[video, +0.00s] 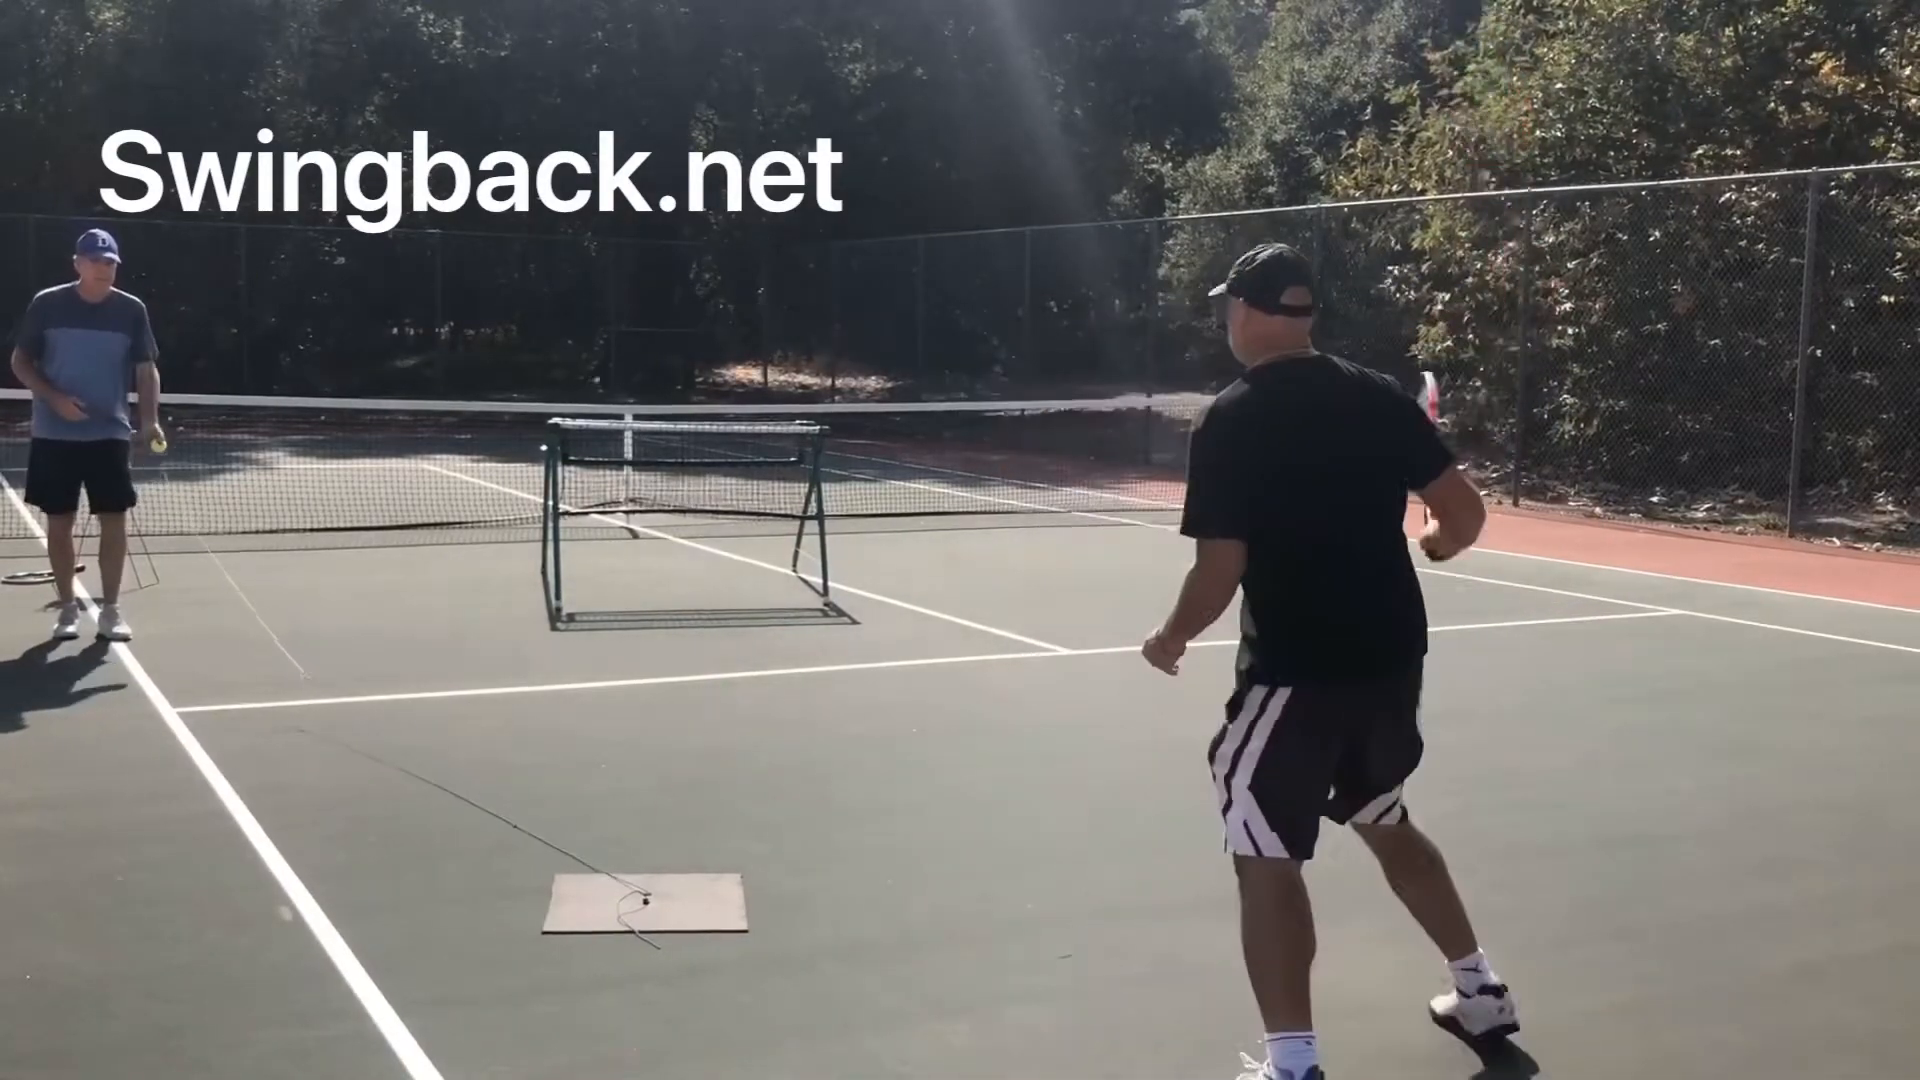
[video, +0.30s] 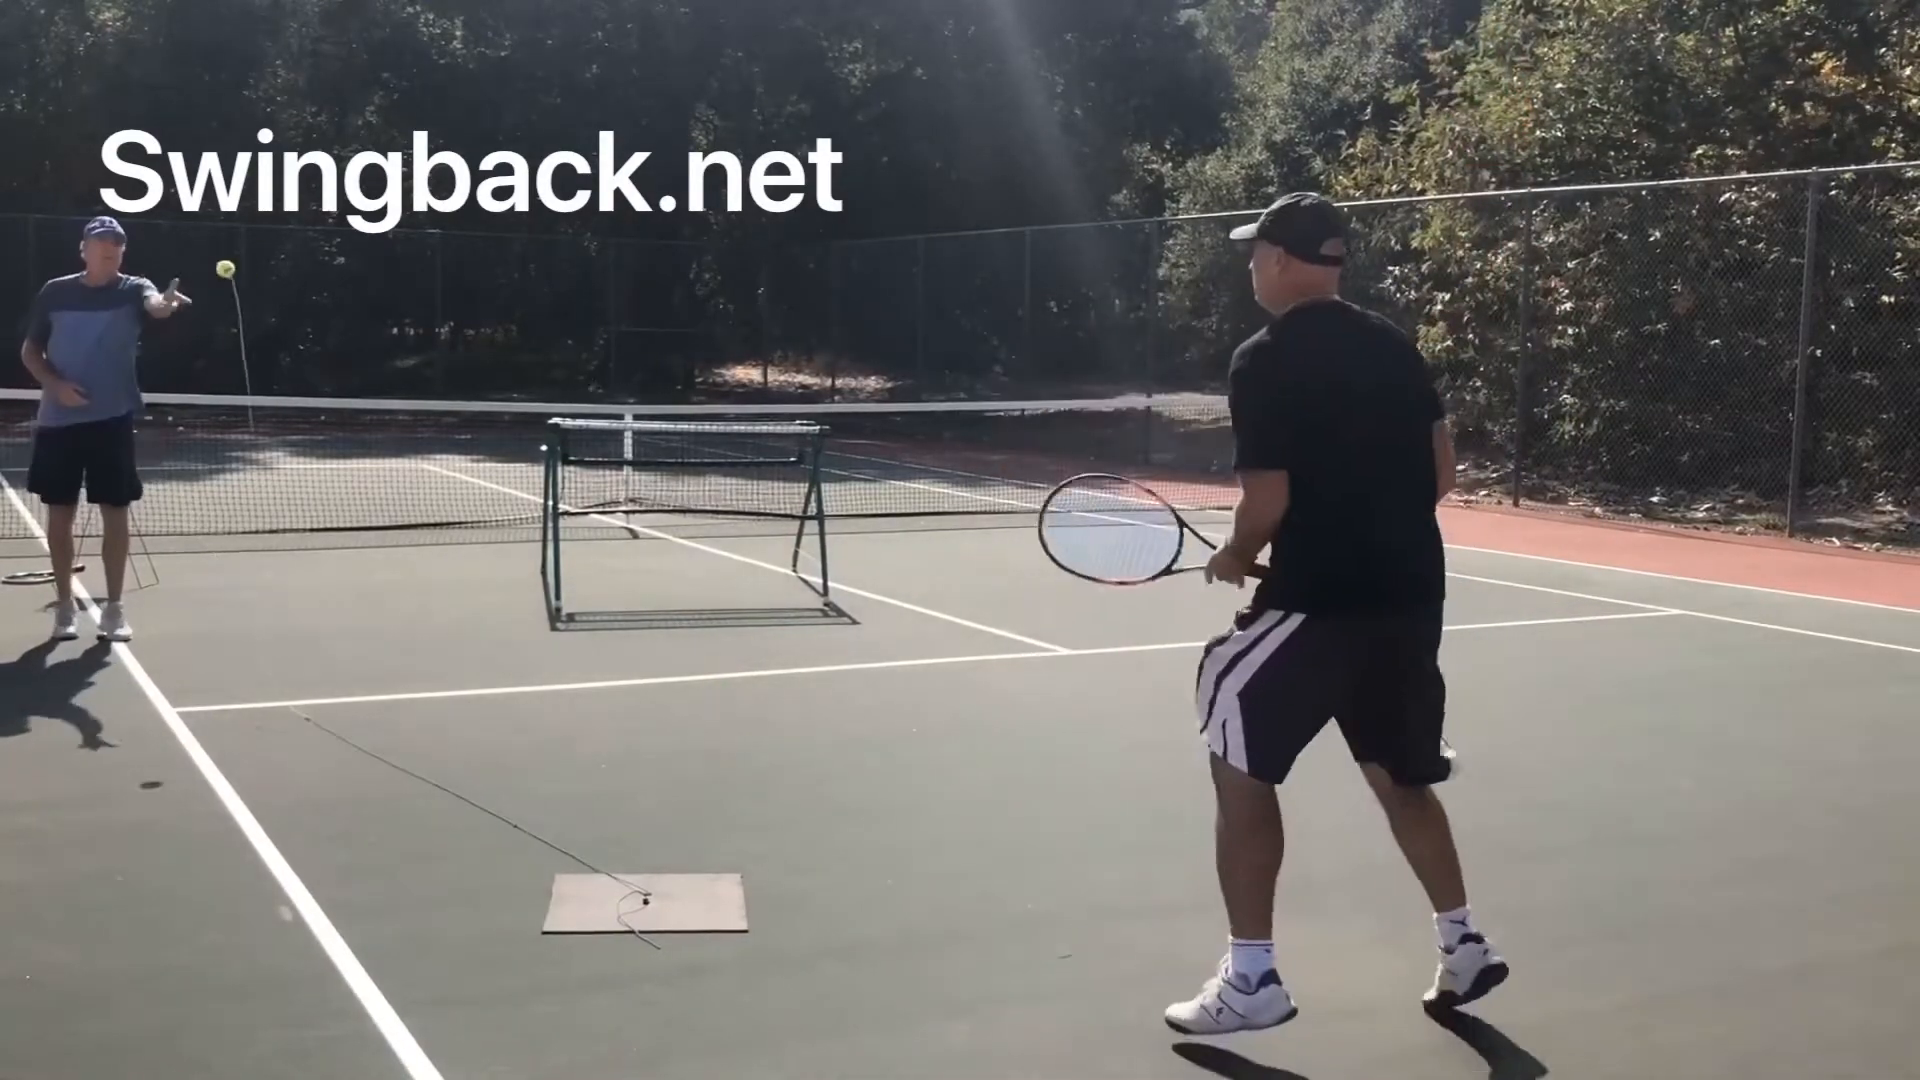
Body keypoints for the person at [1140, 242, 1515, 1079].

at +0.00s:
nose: (1227, 321)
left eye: (1231, 308)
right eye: (1230, 307)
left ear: (1252, 314)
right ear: (1307, 313)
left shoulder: (1235, 418)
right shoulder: (1379, 396)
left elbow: (1221, 567)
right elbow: (1464, 512)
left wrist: (1173, 635)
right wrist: (1440, 545)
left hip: (1293, 668)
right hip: (1391, 656)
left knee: (1262, 850)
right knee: (1382, 815)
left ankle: (1291, 1061)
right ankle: (1480, 989)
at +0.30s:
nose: (1251, 266)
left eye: (1260, 254)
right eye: (1257, 253)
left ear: (1287, 264)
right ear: (1332, 266)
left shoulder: (1266, 356)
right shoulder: (1393, 343)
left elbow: (1266, 500)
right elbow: (1440, 471)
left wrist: (1237, 550)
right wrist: (1360, 517)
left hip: (1314, 602)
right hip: (1408, 601)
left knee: (1241, 762)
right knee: (1396, 767)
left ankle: (1250, 978)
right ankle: (1465, 948)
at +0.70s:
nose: (1222, 306)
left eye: (1231, 293)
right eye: (1226, 293)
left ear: (1267, 300)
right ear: (1287, 301)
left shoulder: (1296, 384)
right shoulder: (1305, 375)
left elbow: (1311, 530)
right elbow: (1299, 521)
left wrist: (1213, 569)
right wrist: (1232, 582)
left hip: (1326, 627)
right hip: (1337, 618)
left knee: (1256, 788)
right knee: (1301, 777)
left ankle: (1253, 996)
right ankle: (1349, 939)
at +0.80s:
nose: (1212, 303)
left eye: (1224, 290)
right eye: (1216, 289)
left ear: (1268, 299)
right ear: (1264, 299)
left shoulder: (1305, 383)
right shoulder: (1267, 380)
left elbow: (1342, 523)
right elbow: (1251, 503)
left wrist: (1225, 564)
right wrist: (1205, 572)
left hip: (1341, 619)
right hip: (1321, 613)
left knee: (1260, 770)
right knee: (1320, 778)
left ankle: (1318, 974)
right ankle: (1352, 944)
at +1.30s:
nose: (1082, 365)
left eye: (1090, 350)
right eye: (1081, 351)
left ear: (1136, 348)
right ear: (1120, 354)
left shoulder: (1208, 402)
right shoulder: (1113, 429)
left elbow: (1294, 472)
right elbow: (1096, 509)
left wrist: (1183, 482)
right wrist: (1095, 539)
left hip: (1275, 623)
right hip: (1202, 616)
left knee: (1245, 787)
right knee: (1116, 722)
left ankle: (1349, 967)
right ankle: (1202, 860)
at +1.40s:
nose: (1041, 395)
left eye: (1048, 379)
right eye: (1039, 381)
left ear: (1089, 373)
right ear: (1073, 380)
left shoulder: (1171, 420)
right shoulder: (1070, 453)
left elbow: (1259, 465)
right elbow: (1065, 558)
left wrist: (1145, 463)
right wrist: (1076, 521)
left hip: (1238, 640)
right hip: (1163, 630)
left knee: (1230, 805)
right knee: (1068, 716)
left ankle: (1346, 969)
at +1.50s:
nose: (982, 416)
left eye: (987, 402)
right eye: (981, 403)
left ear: (1022, 398)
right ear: (1020, 401)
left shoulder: (1121, 443)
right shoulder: (1012, 477)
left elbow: (1202, 489)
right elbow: (1019, 561)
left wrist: (1113, 488)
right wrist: (1039, 570)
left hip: (1186, 651)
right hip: (1112, 641)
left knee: (1214, 805)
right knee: (1021, 715)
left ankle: (1342, 968)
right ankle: (949, 831)